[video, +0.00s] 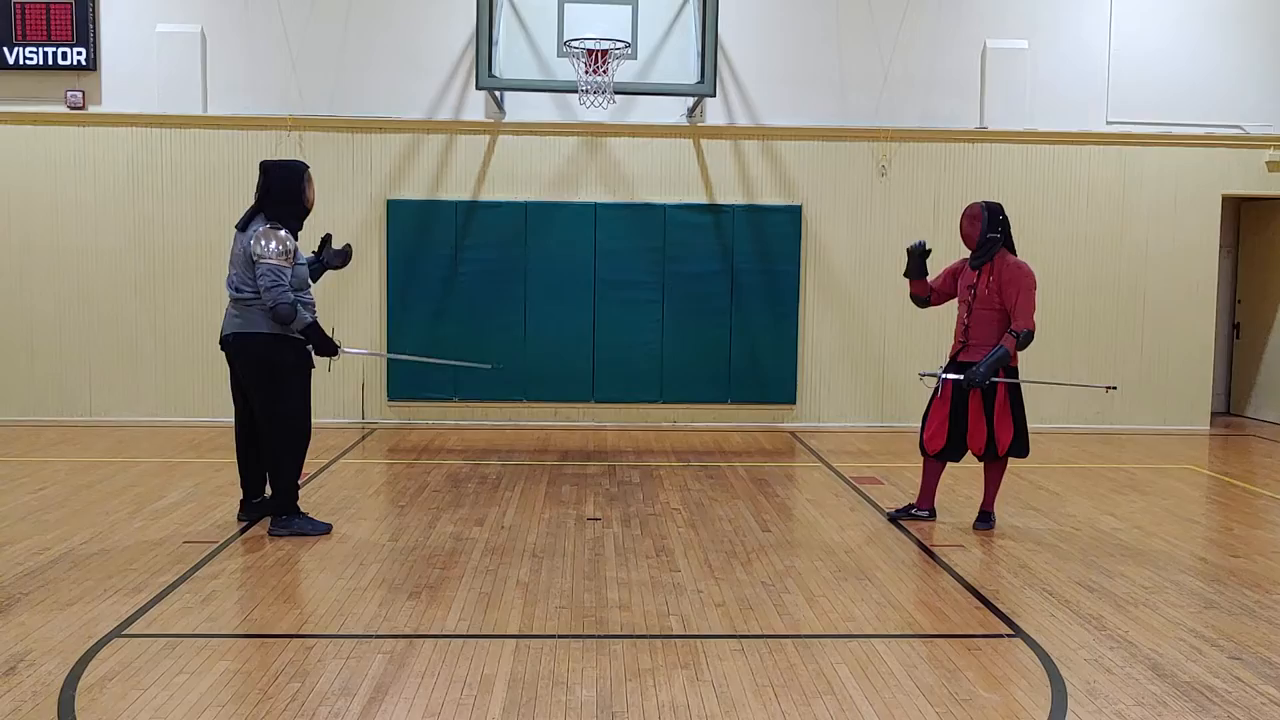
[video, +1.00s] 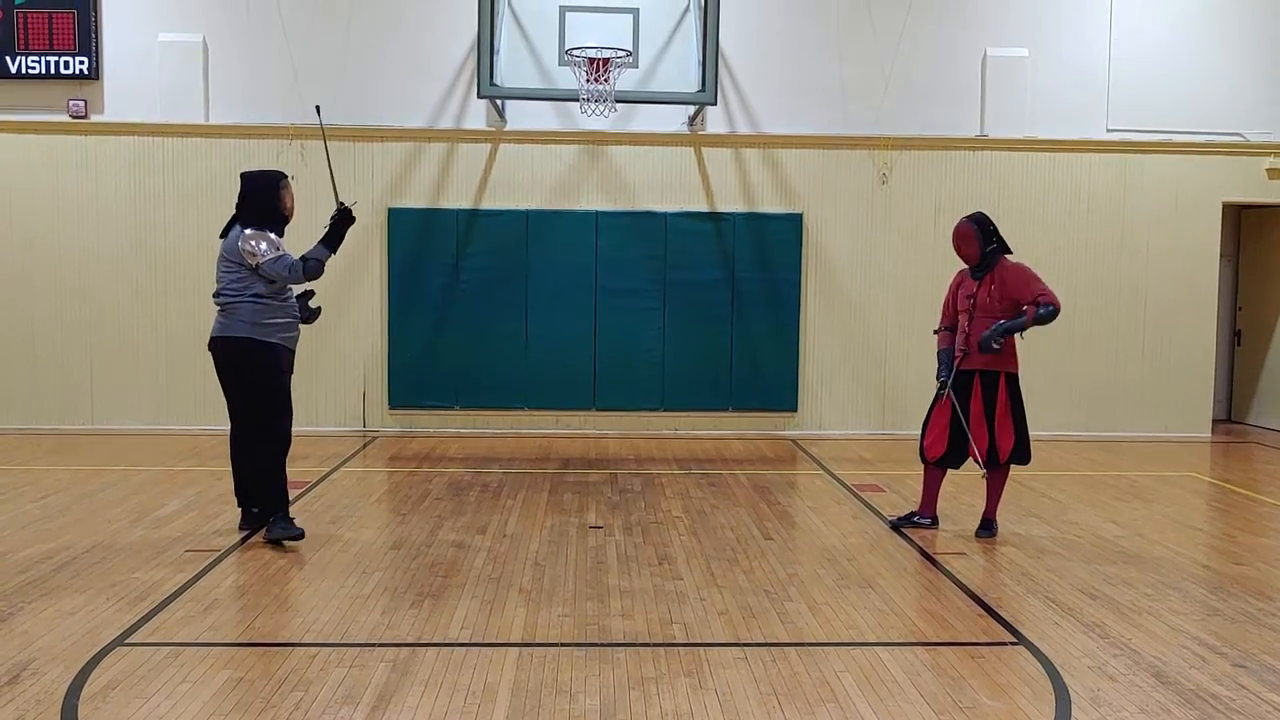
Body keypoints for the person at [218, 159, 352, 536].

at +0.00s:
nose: (314, 194)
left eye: (312, 186)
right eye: (309, 186)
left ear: (273, 189)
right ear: (293, 190)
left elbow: (282, 277)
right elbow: (277, 295)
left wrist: (320, 263)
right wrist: (313, 331)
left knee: (253, 421)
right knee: (291, 425)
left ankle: (253, 501)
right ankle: (286, 514)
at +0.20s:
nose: (306, 199)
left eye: (305, 192)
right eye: (301, 192)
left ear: (276, 196)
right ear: (283, 195)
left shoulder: (264, 233)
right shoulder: (256, 235)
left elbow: (279, 277)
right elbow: (267, 295)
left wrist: (312, 280)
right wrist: (313, 308)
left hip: (256, 340)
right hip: (263, 342)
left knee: (256, 423)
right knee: (290, 426)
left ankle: (254, 506)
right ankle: (286, 516)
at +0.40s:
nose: (299, 206)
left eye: (299, 197)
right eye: (295, 197)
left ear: (270, 196)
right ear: (276, 198)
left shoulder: (257, 238)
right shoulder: (250, 238)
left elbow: (286, 287)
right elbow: (282, 282)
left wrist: (314, 301)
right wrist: (332, 273)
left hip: (252, 346)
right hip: (255, 348)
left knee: (251, 426)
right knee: (281, 427)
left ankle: (254, 506)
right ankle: (286, 516)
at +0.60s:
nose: (293, 202)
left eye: (292, 194)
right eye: (289, 193)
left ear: (263, 195)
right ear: (270, 196)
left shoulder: (252, 234)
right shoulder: (250, 235)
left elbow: (270, 290)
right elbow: (287, 273)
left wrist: (303, 299)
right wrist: (333, 249)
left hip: (246, 344)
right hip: (251, 346)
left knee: (250, 429)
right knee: (273, 428)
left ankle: (255, 507)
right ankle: (281, 515)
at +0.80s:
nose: (292, 201)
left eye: (290, 193)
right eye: (287, 193)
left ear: (260, 196)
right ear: (268, 196)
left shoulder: (246, 233)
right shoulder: (251, 234)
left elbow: (259, 291)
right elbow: (290, 269)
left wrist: (297, 302)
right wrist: (330, 239)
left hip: (240, 342)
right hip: (252, 345)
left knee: (248, 429)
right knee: (271, 428)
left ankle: (254, 509)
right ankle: (279, 515)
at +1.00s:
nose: (293, 202)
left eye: (291, 194)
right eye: (288, 194)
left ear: (260, 198)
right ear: (270, 197)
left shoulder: (242, 235)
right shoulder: (254, 236)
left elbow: (253, 295)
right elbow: (294, 271)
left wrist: (293, 307)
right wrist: (332, 237)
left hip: (238, 343)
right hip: (254, 346)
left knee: (248, 429)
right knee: (273, 430)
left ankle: (252, 511)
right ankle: (276, 517)